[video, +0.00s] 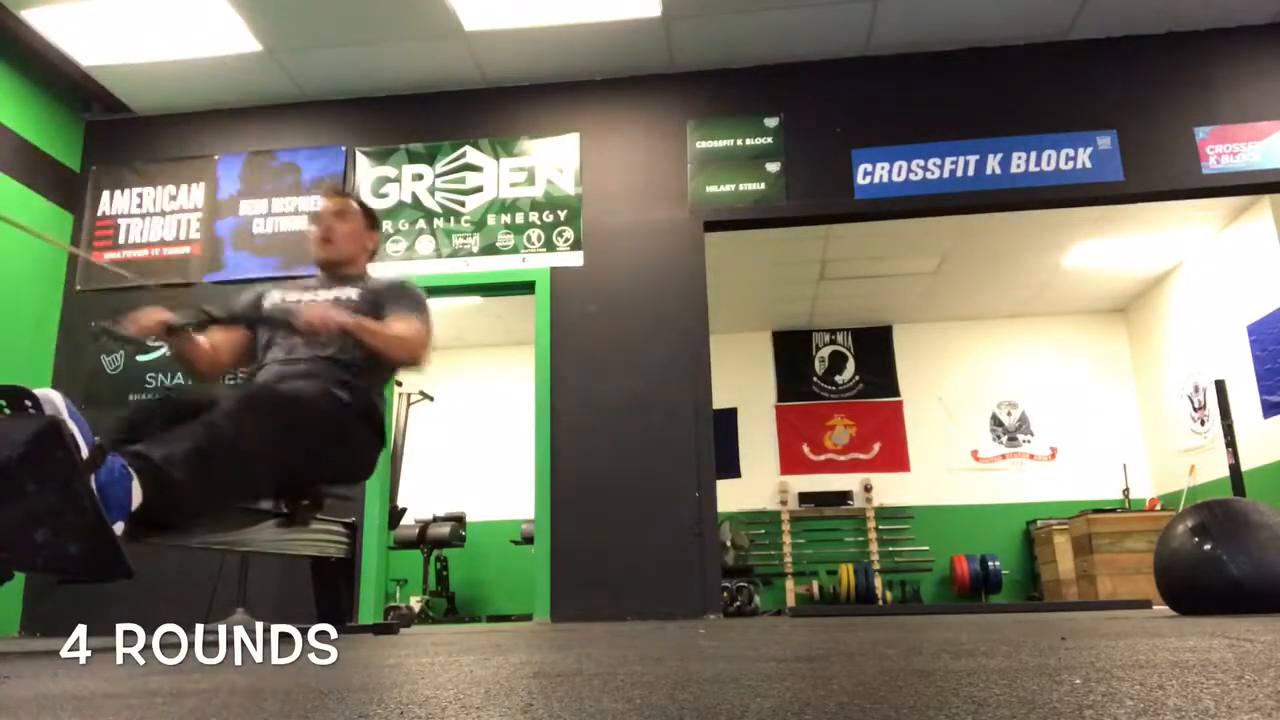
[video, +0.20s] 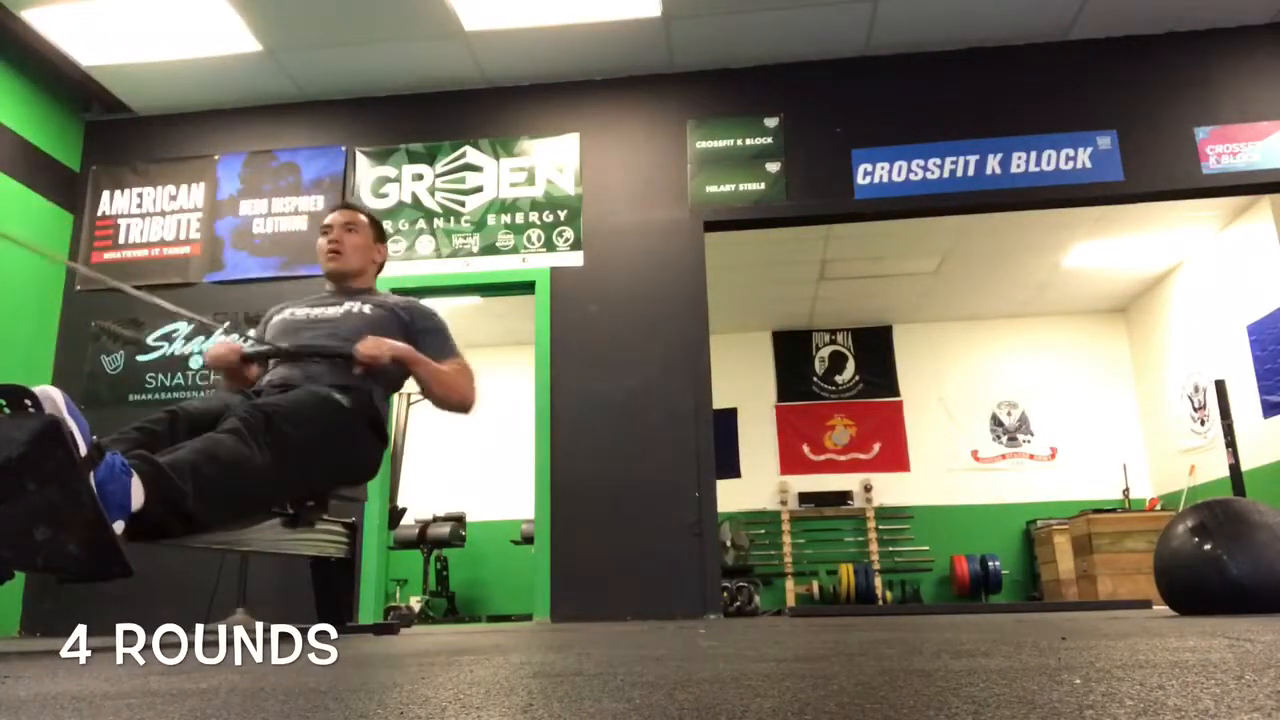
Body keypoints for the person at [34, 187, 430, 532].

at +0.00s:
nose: (324, 225)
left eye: (339, 218)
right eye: (320, 218)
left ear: (371, 239)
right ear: (311, 233)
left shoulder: (389, 290)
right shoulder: (279, 296)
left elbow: (413, 346)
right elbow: (211, 360)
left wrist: (345, 321)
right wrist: (173, 332)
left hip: (342, 417)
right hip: (262, 409)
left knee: (256, 415)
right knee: (163, 414)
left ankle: (128, 486)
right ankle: (89, 468)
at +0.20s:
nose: (331, 239)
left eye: (346, 231)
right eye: (325, 234)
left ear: (379, 252)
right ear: (319, 253)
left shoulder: (407, 313)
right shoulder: (287, 313)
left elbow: (462, 395)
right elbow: (254, 385)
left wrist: (405, 354)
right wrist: (227, 363)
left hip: (345, 409)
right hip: (270, 403)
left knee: (250, 437)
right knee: (181, 419)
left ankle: (128, 493)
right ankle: (95, 466)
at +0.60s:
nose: (323, 223)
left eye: (339, 215)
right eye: (317, 217)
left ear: (370, 240)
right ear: (308, 236)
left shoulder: (392, 297)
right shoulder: (274, 304)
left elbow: (423, 356)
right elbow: (224, 365)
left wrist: (358, 339)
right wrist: (176, 359)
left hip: (340, 408)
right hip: (259, 402)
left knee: (251, 429)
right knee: (173, 418)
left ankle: (125, 489)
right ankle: (89, 457)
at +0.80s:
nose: (300, 202)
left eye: (317, 192)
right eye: (294, 194)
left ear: (350, 215)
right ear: (287, 209)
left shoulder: (375, 271)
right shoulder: (263, 282)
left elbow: (396, 315)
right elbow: (194, 326)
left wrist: (326, 305)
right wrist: (134, 328)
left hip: (341, 412)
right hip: (260, 405)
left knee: (249, 399)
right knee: (163, 398)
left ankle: (127, 491)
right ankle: (92, 457)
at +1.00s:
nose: (261, 172)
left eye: (281, 161)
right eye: (254, 162)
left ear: (318, 188)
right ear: (244, 179)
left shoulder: (346, 246)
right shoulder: (227, 257)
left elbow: (366, 292)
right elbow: (146, 295)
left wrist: (282, 284)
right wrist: (79, 300)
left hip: (325, 420)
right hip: (229, 418)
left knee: (244, 343)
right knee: (129, 341)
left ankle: (124, 486)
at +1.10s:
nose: (234, 151)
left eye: (255, 140)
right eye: (227, 141)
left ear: (294, 168)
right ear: (216, 161)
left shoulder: (323, 229)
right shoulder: (199, 240)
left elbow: (344, 278)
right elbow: (119, 272)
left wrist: (255, 273)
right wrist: (33, 286)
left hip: (304, 421)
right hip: (205, 421)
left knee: (242, 315)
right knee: (111, 309)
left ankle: (122, 478)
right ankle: (31, 452)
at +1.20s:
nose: (200, 130)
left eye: (223, 117)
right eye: (191, 119)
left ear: (265, 144)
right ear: (181, 138)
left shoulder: (301, 206)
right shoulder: (165, 220)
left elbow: (320, 259)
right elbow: (73, 256)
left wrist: (215, 257)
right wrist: (12, 267)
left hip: (282, 412)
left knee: (230, 290)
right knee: (85, 286)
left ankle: (125, 468)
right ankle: (18, 443)